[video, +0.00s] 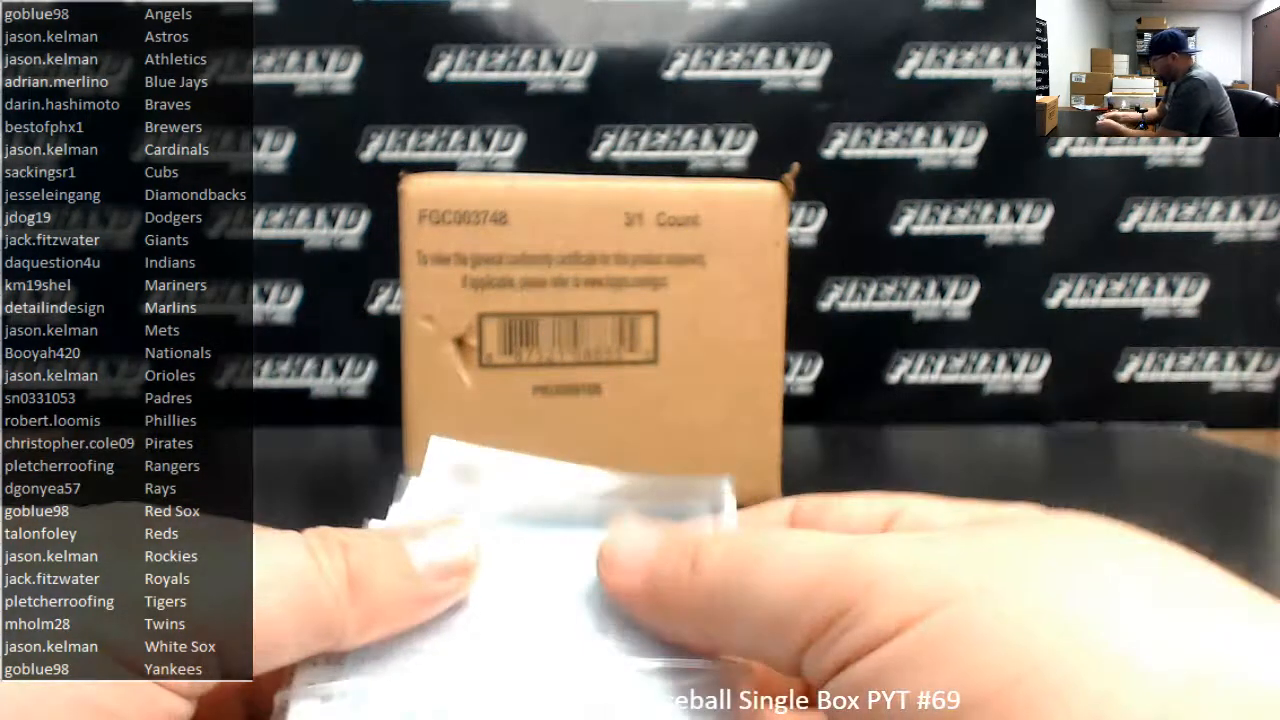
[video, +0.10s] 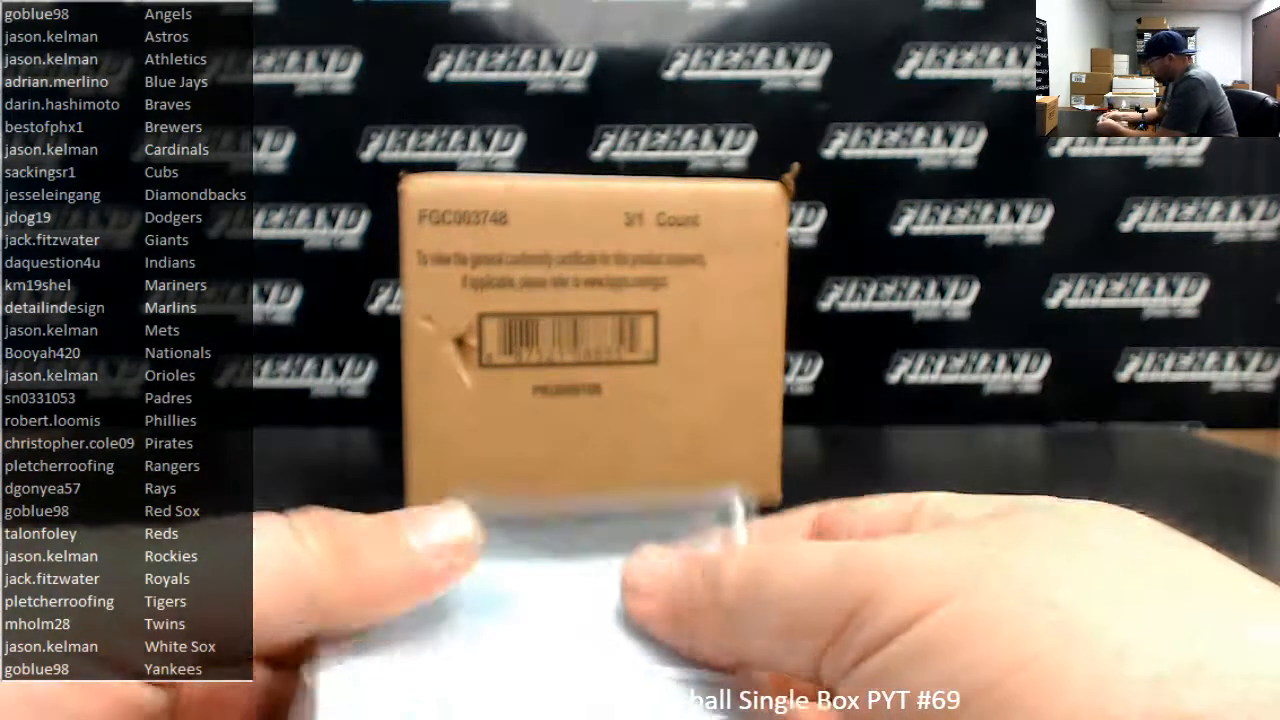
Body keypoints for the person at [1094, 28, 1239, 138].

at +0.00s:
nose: (1153, 69)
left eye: (1155, 61)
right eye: (1152, 62)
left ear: (1173, 58)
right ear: (1174, 58)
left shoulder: (1194, 84)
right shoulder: (1180, 80)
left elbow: (1164, 142)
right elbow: (1160, 114)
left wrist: (1118, 130)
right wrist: (1125, 117)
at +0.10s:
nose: (1151, 70)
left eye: (1152, 63)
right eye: (1149, 64)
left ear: (1169, 59)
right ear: (1170, 59)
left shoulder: (1192, 84)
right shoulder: (1178, 80)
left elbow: (1166, 141)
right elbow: (1159, 114)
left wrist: (1119, 130)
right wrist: (1124, 116)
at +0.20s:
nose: (1149, 71)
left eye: (1150, 65)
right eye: (1148, 66)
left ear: (1168, 59)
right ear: (1168, 59)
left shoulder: (1192, 83)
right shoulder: (1178, 80)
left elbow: (1167, 141)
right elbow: (1160, 113)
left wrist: (1119, 131)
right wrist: (1126, 117)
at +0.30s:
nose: (1149, 72)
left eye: (1150, 64)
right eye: (1148, 66)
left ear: (1167, 59)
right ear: (1167, 59)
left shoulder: (1191, 83)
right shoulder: (1177, 80)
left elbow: (1166, 141)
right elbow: (1160, 114)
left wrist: (1118, 131)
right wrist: (1125, 117)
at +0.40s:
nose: (1148, 71)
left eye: (1150, 65)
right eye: (1147, 66)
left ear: (1167, 60)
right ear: (1167, 60)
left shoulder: (1191, 83)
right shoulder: (1176, 80)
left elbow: (1166, 142)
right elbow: (1159, 113)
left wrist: (1117, 131)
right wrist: (1125, 117)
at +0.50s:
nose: (1148, 72)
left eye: (1149, 66)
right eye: (1147, 67)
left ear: (1166, 60)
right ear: (1167, 60)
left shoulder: (1191, 84)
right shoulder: (1176, 80)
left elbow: (1165, 142)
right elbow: (1160, 112)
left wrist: (1117, 131)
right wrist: (1127, 117)